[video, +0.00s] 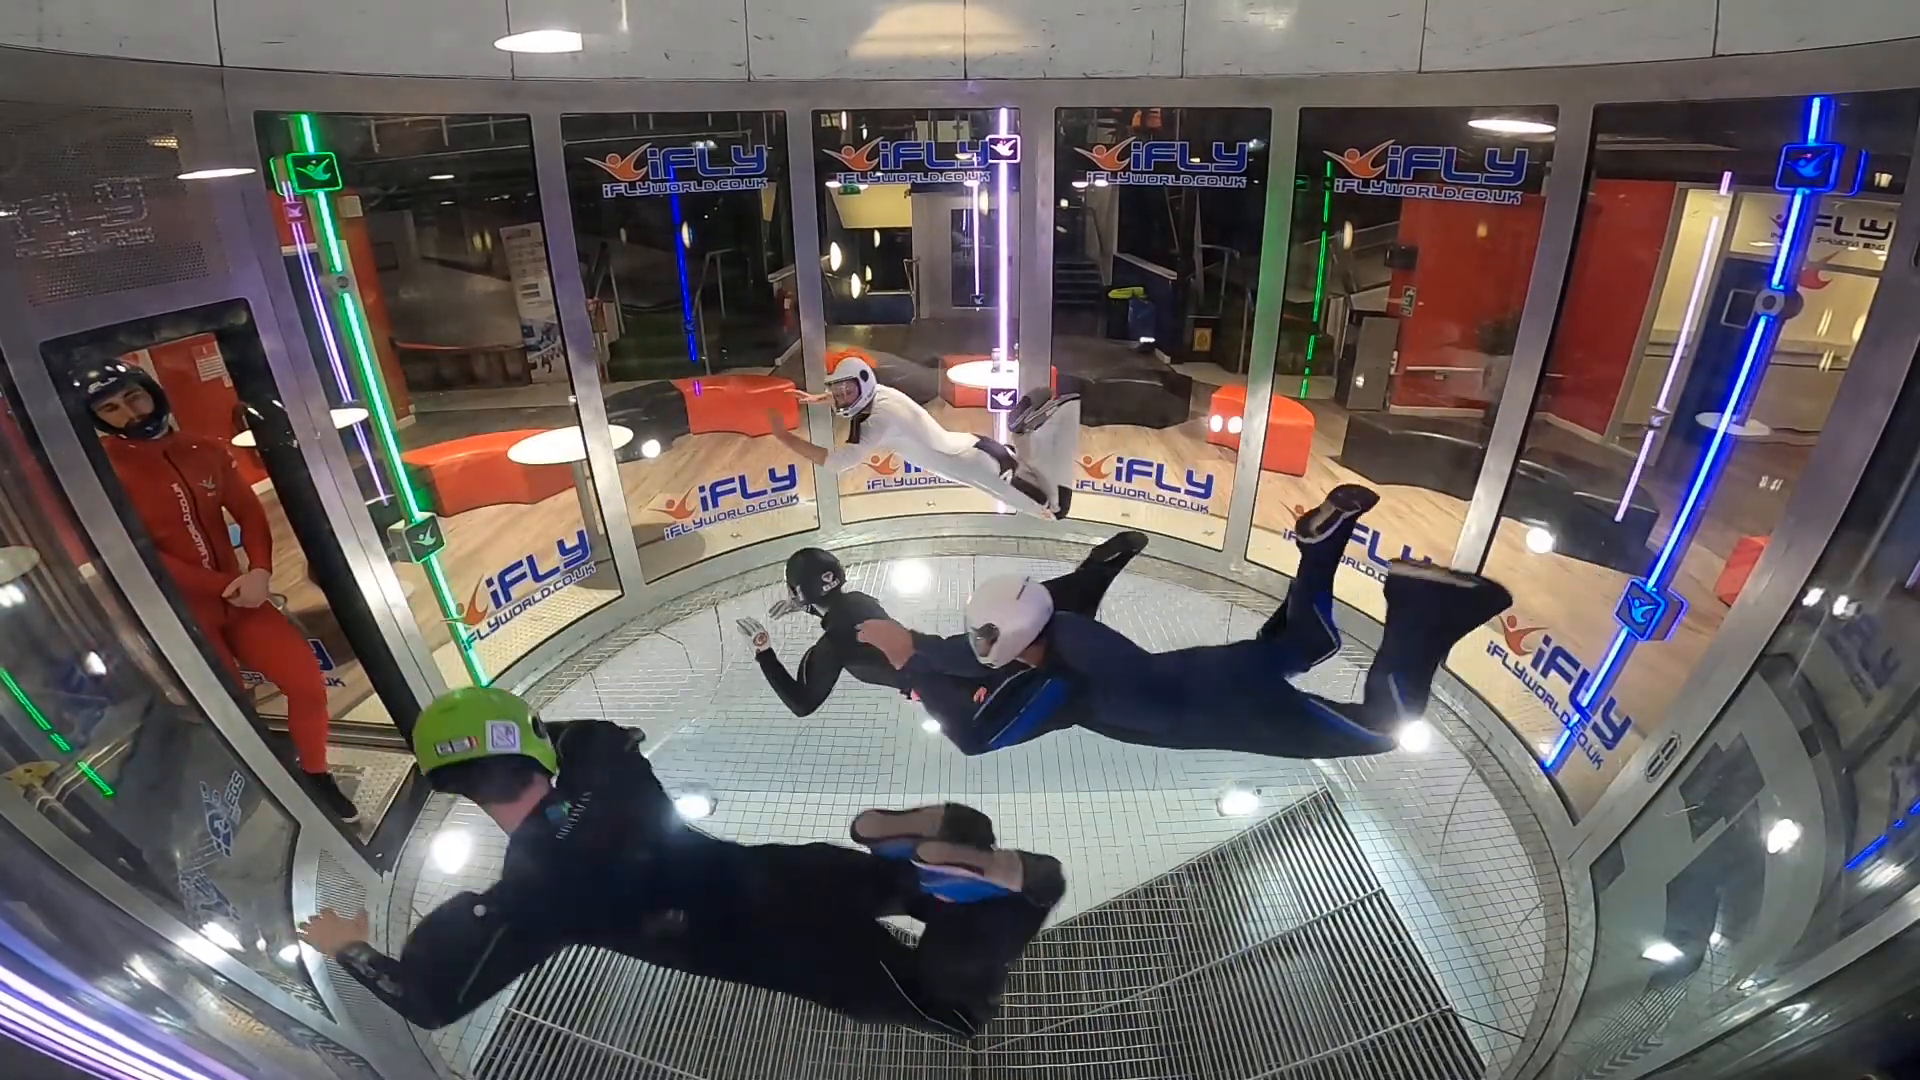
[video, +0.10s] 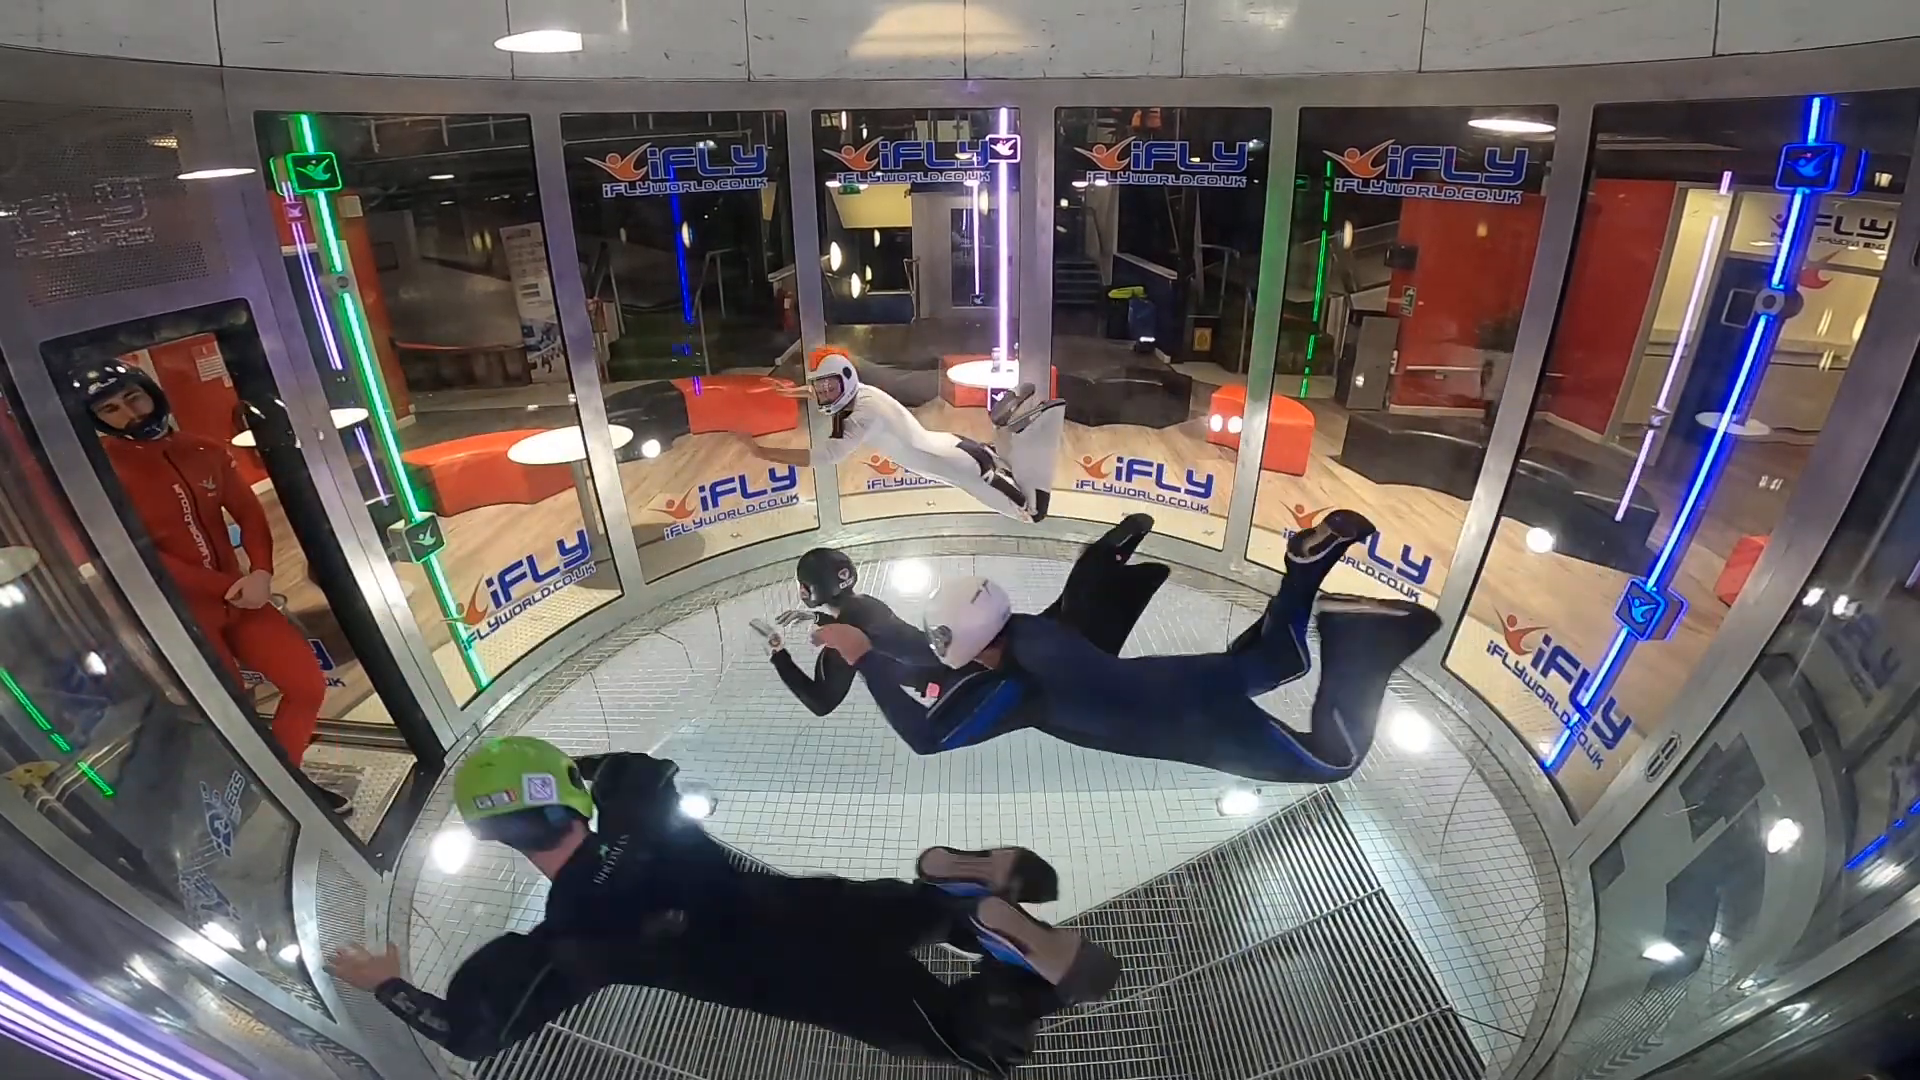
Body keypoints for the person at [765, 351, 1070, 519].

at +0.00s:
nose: (839, 394)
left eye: (845, 387)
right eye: (836, 388)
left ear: (863, 386)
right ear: (841, 388)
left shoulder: (881, 418)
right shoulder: (872, 393)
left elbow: (836, 461)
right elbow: (840, 397)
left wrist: (784, 436)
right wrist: (809, 397)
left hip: (979, 465)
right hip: (969, 450)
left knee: (1055, 507)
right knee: (1041, 497)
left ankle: (1039, 428)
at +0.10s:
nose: (824, 394)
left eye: (829, 385)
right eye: (818, 388)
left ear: (847, 381)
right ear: (816, 387)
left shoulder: (865, 410)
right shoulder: (854, 398)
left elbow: (830, 454)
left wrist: (769, 454)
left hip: (957, 464)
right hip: (947, 449)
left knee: (1033, 507)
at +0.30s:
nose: (803, 394)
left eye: (809, 386)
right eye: (797, 388)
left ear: (827, 381)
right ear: (795, 388)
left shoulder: (848, 408)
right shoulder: (829, 399)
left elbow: (813, 455)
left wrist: (752, 445)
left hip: (939, 467)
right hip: (921, 454)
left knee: (1004, 514)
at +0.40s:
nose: (802, 397)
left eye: (808, 389)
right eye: (796, 391)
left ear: (826, 384)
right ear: (794, 389)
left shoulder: (845, 414)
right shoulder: (827, 393)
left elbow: (808, 458)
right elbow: (801, 377)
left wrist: (750, 450)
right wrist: (770, 381)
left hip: (936, 471)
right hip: (922, 455)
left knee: (1002, 520)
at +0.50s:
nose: (804, 400)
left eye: (811, 393)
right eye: (800, 394)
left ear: (829, 390)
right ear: (801, 392)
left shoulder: (848, 420)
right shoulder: (830, 391)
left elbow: (803, 462)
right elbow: (808, 378)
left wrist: (748, 454)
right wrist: (774, 380)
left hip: (917, 466)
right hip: (909, 448)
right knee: (932, 453)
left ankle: (1004, 519)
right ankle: (968, 461)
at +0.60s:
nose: (816, 404)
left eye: (822, 398)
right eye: (812, 398)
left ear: (839, 394)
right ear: (817, 394)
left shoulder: (856, 425)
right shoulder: (848, 396)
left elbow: (813, 462)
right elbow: (815, 392)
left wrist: (752, 455)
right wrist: (790, 387)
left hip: (942, 476)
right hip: (935, 455)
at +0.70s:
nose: (833, 411)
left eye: (839, 404)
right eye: (828, 405)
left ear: (857, 400)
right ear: (826, 403)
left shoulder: (870, 433)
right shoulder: (866, 401)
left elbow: (830, 468)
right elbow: (842, 390)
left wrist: (766, 458)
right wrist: (811, 395)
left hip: (962, 483)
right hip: (956, 466)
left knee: (1018, 528)